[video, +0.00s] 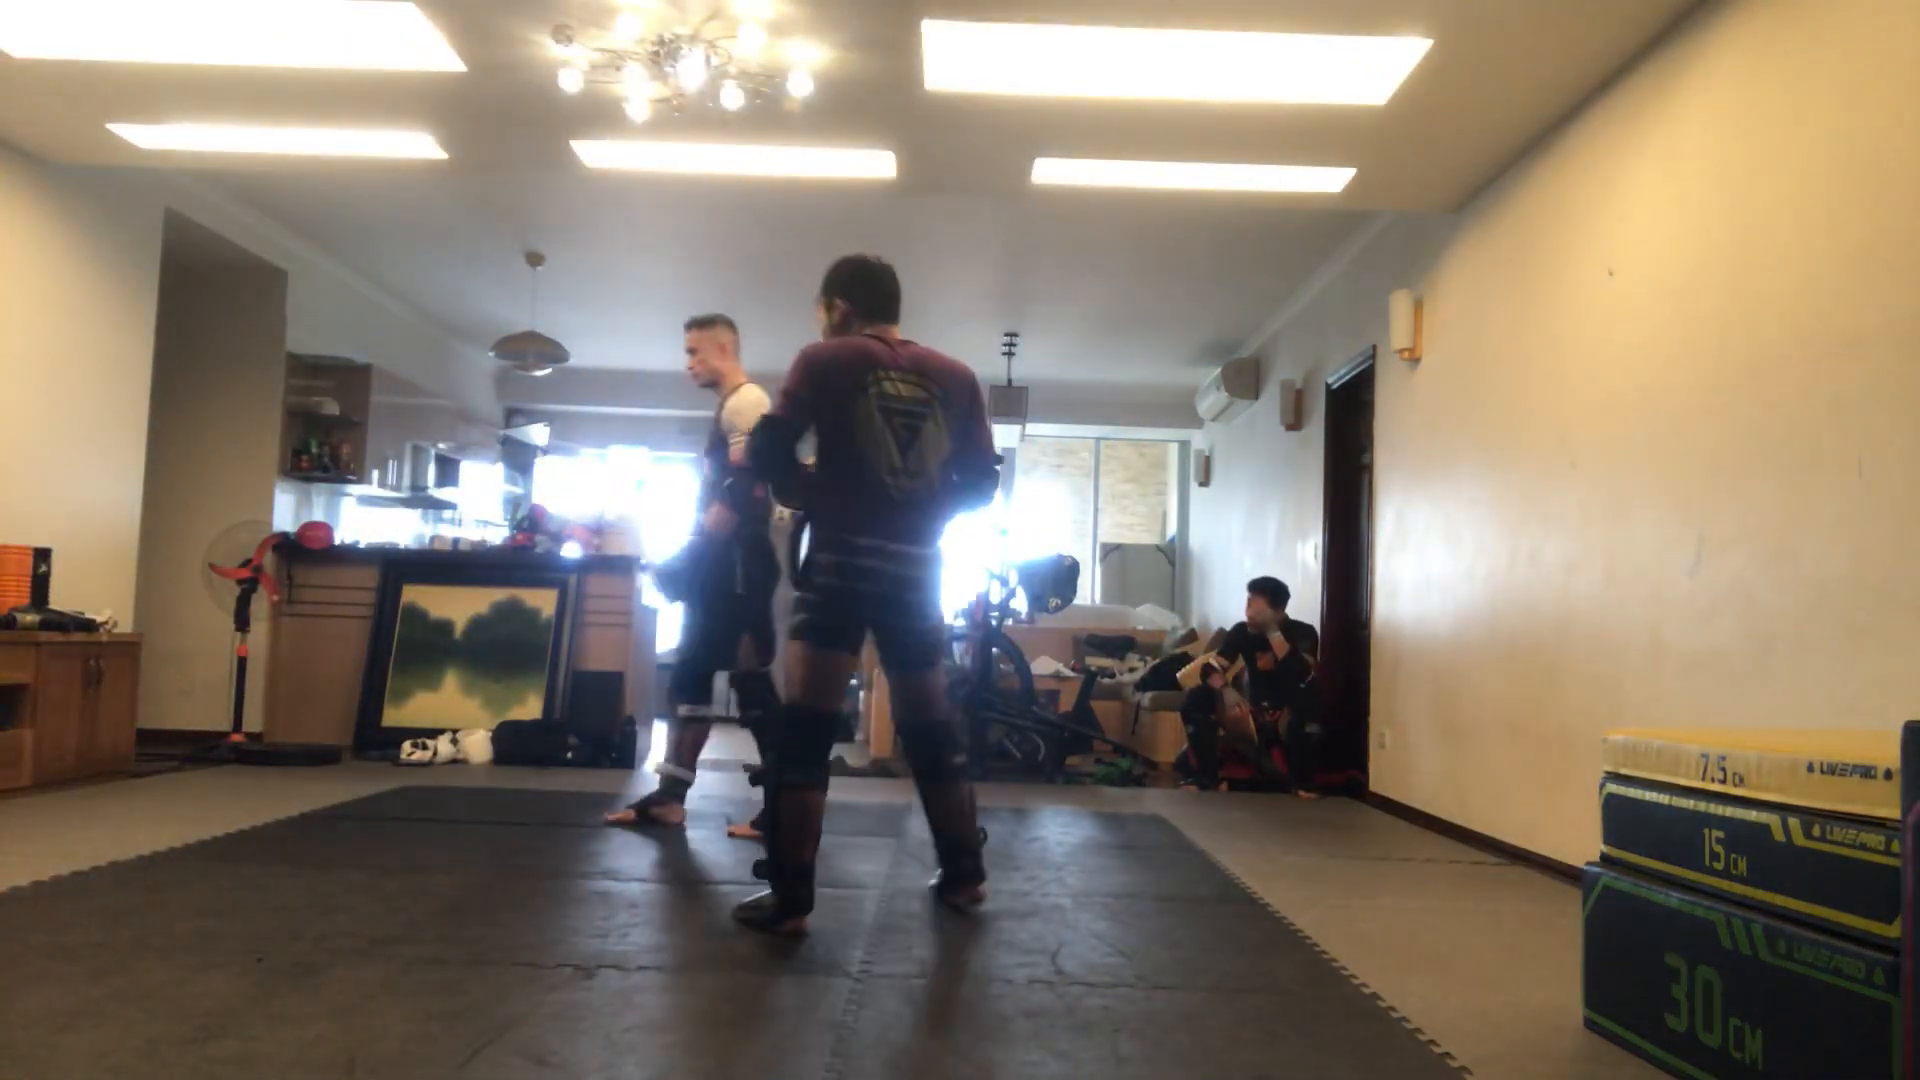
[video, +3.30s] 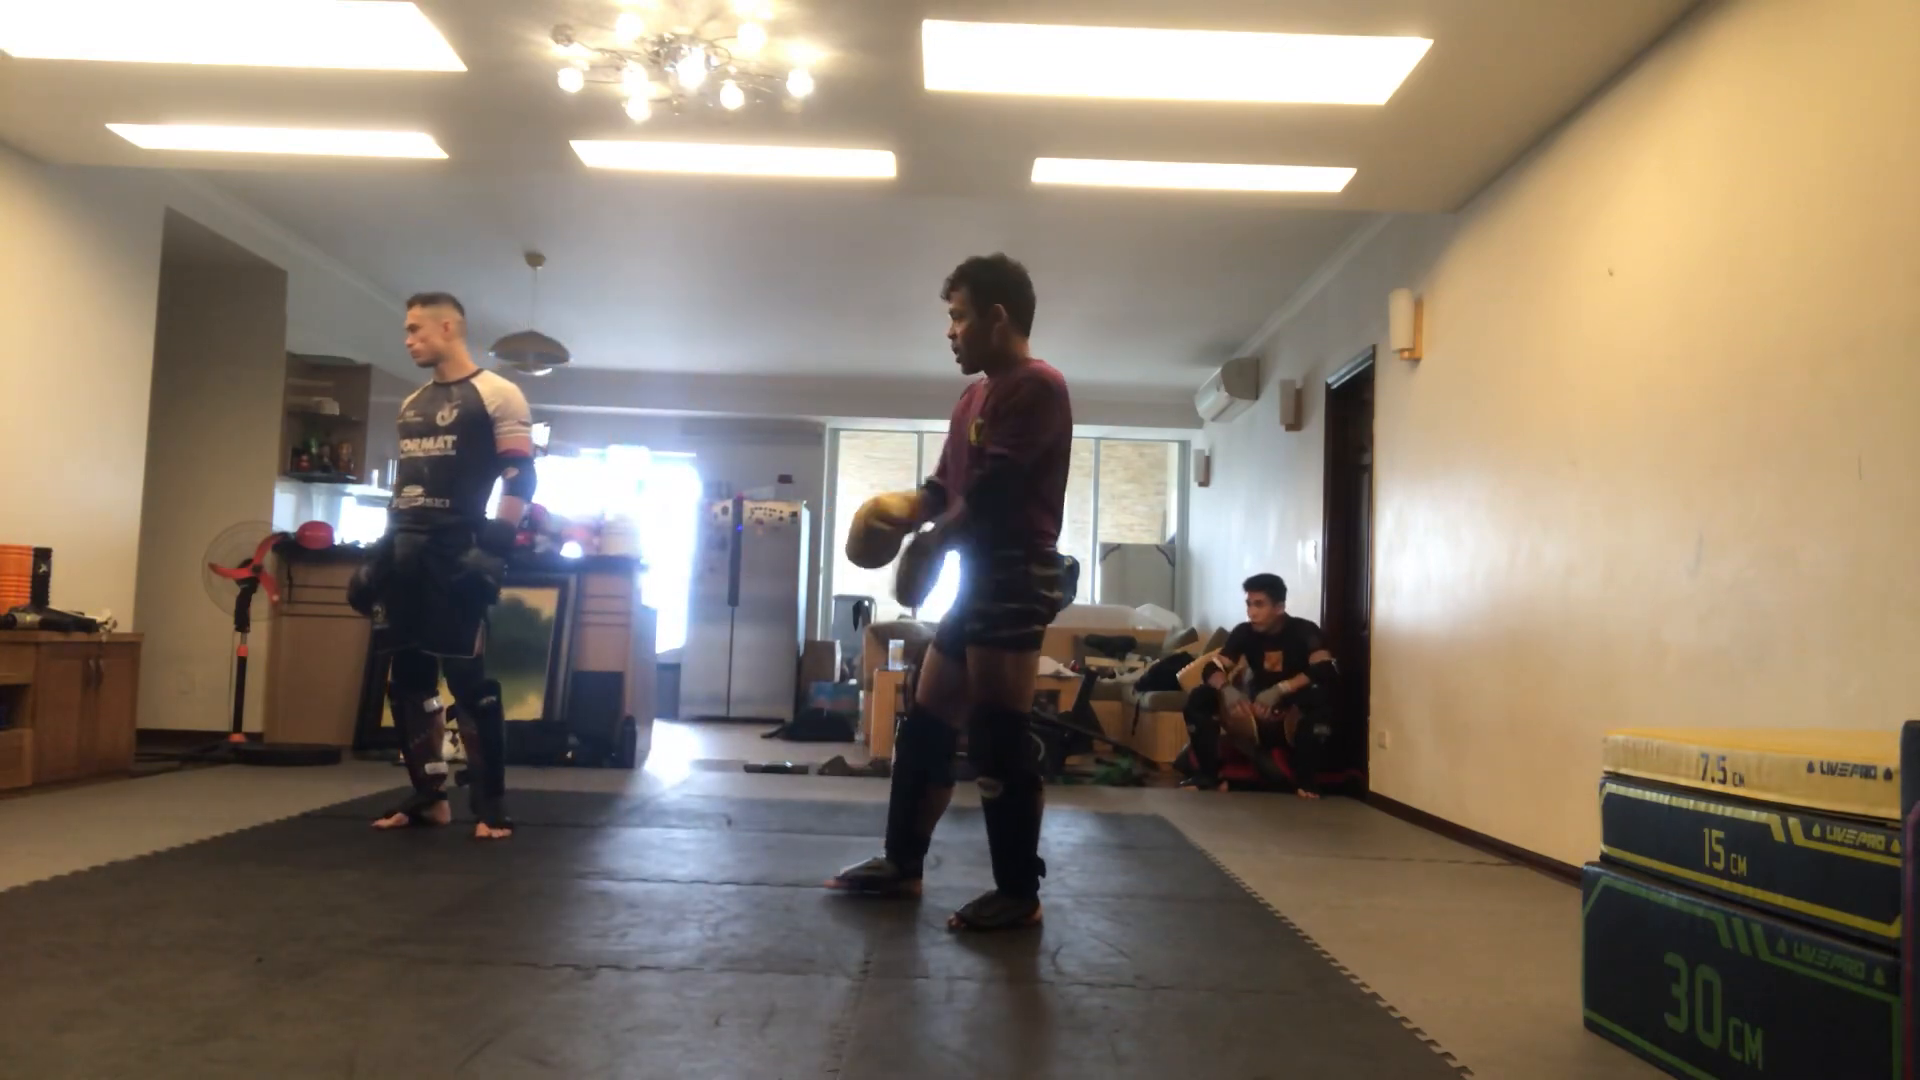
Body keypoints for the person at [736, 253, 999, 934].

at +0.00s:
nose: (821, 324)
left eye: (822, 315)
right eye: (821, 316)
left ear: (839, 310)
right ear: (894, 311)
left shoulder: (822, 361)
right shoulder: (957, 377)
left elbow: (768, 454)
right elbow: (980, 480)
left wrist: (813, 496)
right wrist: (919, 507)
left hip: (837, 567)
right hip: (913, 573)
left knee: (807, 726)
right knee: (930, 725)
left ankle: (791, 898)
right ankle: (963, 877)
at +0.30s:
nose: (877, 337)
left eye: (877, 325)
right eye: (875, 326)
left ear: (899, 318)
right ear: (942, 321)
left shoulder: (902, 366)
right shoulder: (990, 382)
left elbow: (861, 483)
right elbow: (1018, 480)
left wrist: (842, 466)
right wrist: (969, 519)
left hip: (922, 570)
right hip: (982, 574)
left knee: (854, 717)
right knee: (960, 725)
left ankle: (841, 887)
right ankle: (976, 877)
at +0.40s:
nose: (890, 348)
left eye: (889, 335)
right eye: (886, 336)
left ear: (913, 321)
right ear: (947, 322)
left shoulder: (920, 371)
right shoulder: (994, 380)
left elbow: (884, 479)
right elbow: (973, 487)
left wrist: (837, 465)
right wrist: (895, 520)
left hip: (939, 564)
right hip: (989, 568)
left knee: (873, 708)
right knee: (968, 720)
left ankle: (897, 881)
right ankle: (976, 877)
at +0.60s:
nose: (908, 358)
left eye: (908, 343)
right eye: (904, 346)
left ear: (934, 325)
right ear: (955, 327)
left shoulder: (949, 375)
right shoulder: (996, 379)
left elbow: (909, 475)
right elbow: (959, 489)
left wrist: (844, 449)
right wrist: (880, 520)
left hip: (953, 572)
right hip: (989, 569)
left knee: (930, 731)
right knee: (967, 730)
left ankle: (1002, 871)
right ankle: (976, 864)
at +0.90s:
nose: (912, 364)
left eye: (912, 348)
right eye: (904, 352)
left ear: (951, 327)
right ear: (956, 330)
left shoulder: (982, 379)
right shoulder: (972, 384)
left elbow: (953, 486)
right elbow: (954, 485)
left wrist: (871, 516)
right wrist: (904, 510)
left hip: (972, 575)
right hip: (949, 575)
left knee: (970, 727)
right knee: (940, 724)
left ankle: (1012, 886)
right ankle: (973, 870)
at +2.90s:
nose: (962, 350)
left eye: (973, 335)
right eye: (957, 336)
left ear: (1016, 329)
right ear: (957, 332)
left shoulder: (1039, 390)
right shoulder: (969, 392)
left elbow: (978, 463)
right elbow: (920, 447)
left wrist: (891, 487)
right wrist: (875, 456)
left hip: (991, 574)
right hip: (941, 573)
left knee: (986, 733)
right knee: (913, 726)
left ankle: (1017, 892)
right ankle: (899, 867)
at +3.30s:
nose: (949, 331)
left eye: (959, 316)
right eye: (948, 318)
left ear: (1001, 316)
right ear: (989, 319)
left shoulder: (1036, 388)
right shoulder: (972, 396)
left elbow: (998, 486)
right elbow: (946, 487)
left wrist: (933, 539)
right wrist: (900, 510)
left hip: (1017, 573)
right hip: (974, 570)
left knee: (1000, 731)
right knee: (929, 720)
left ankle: (1018, 894)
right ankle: (901, 867)